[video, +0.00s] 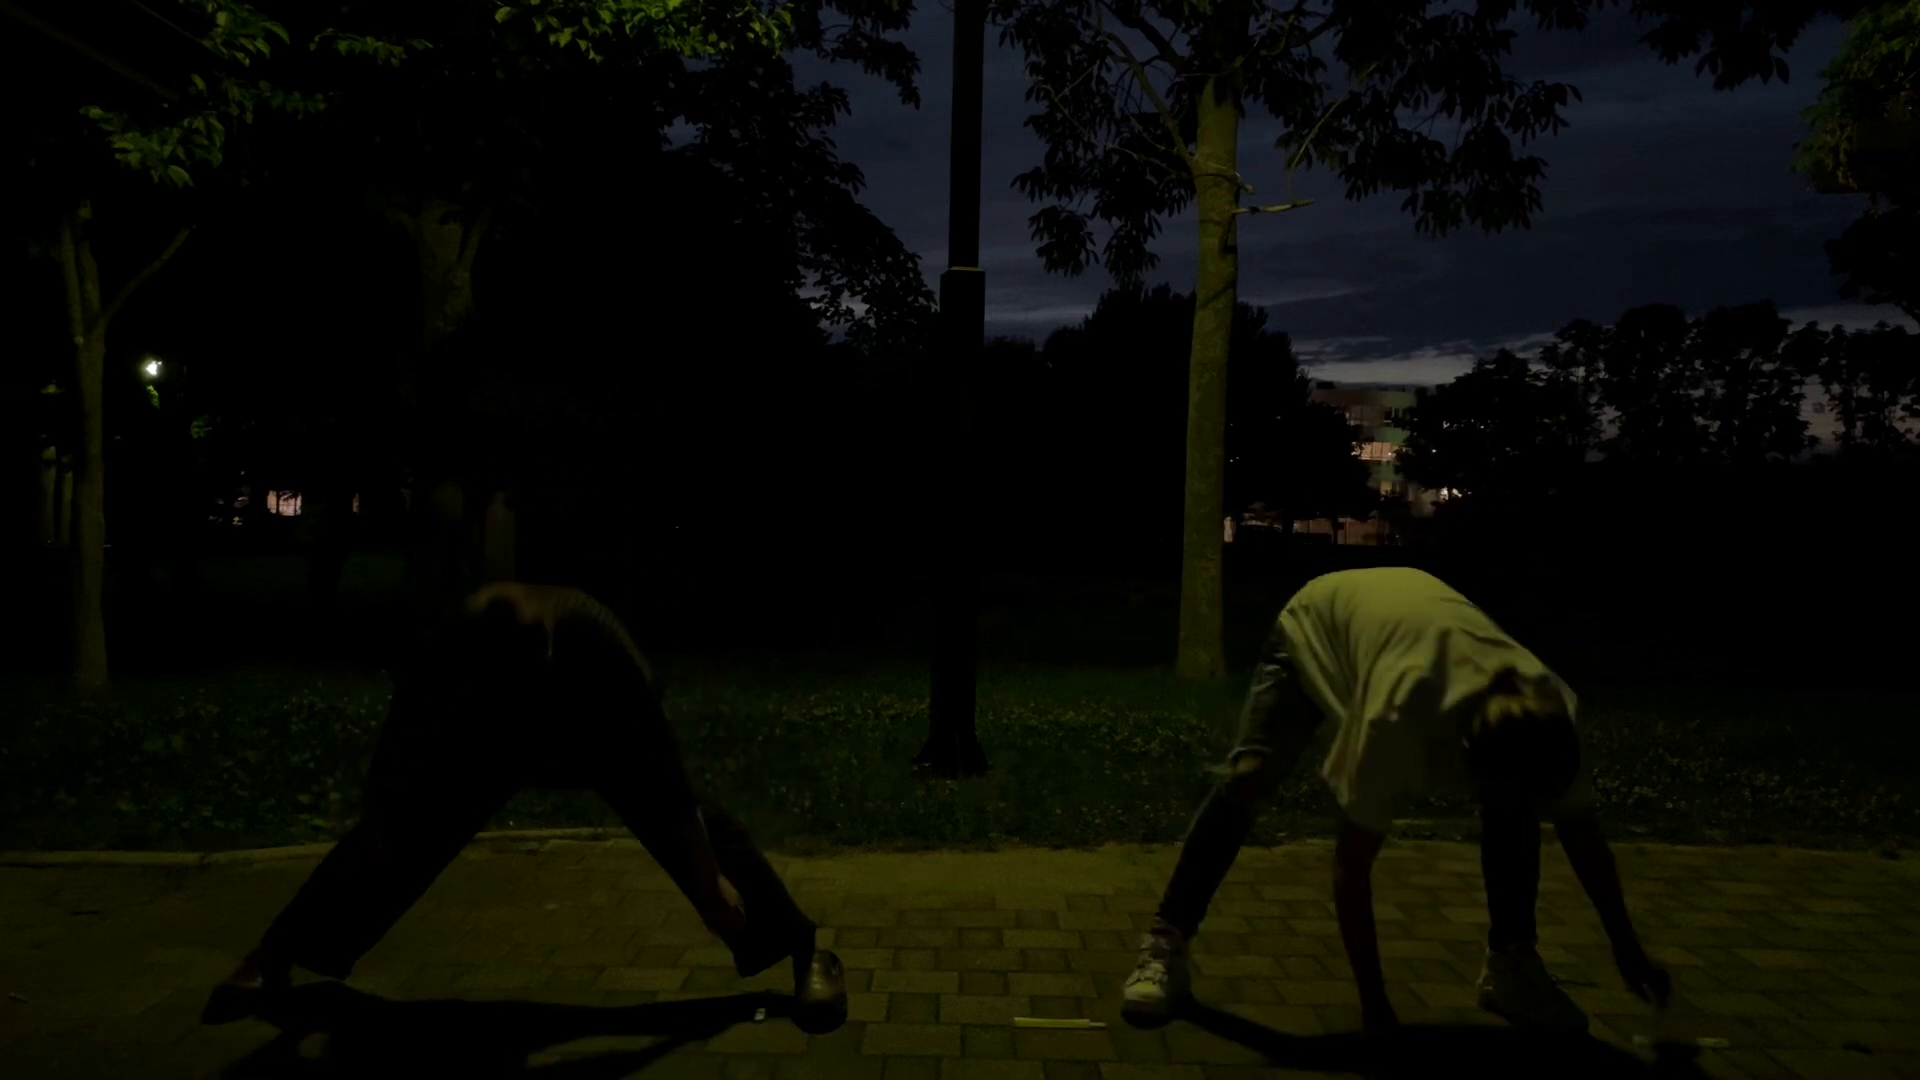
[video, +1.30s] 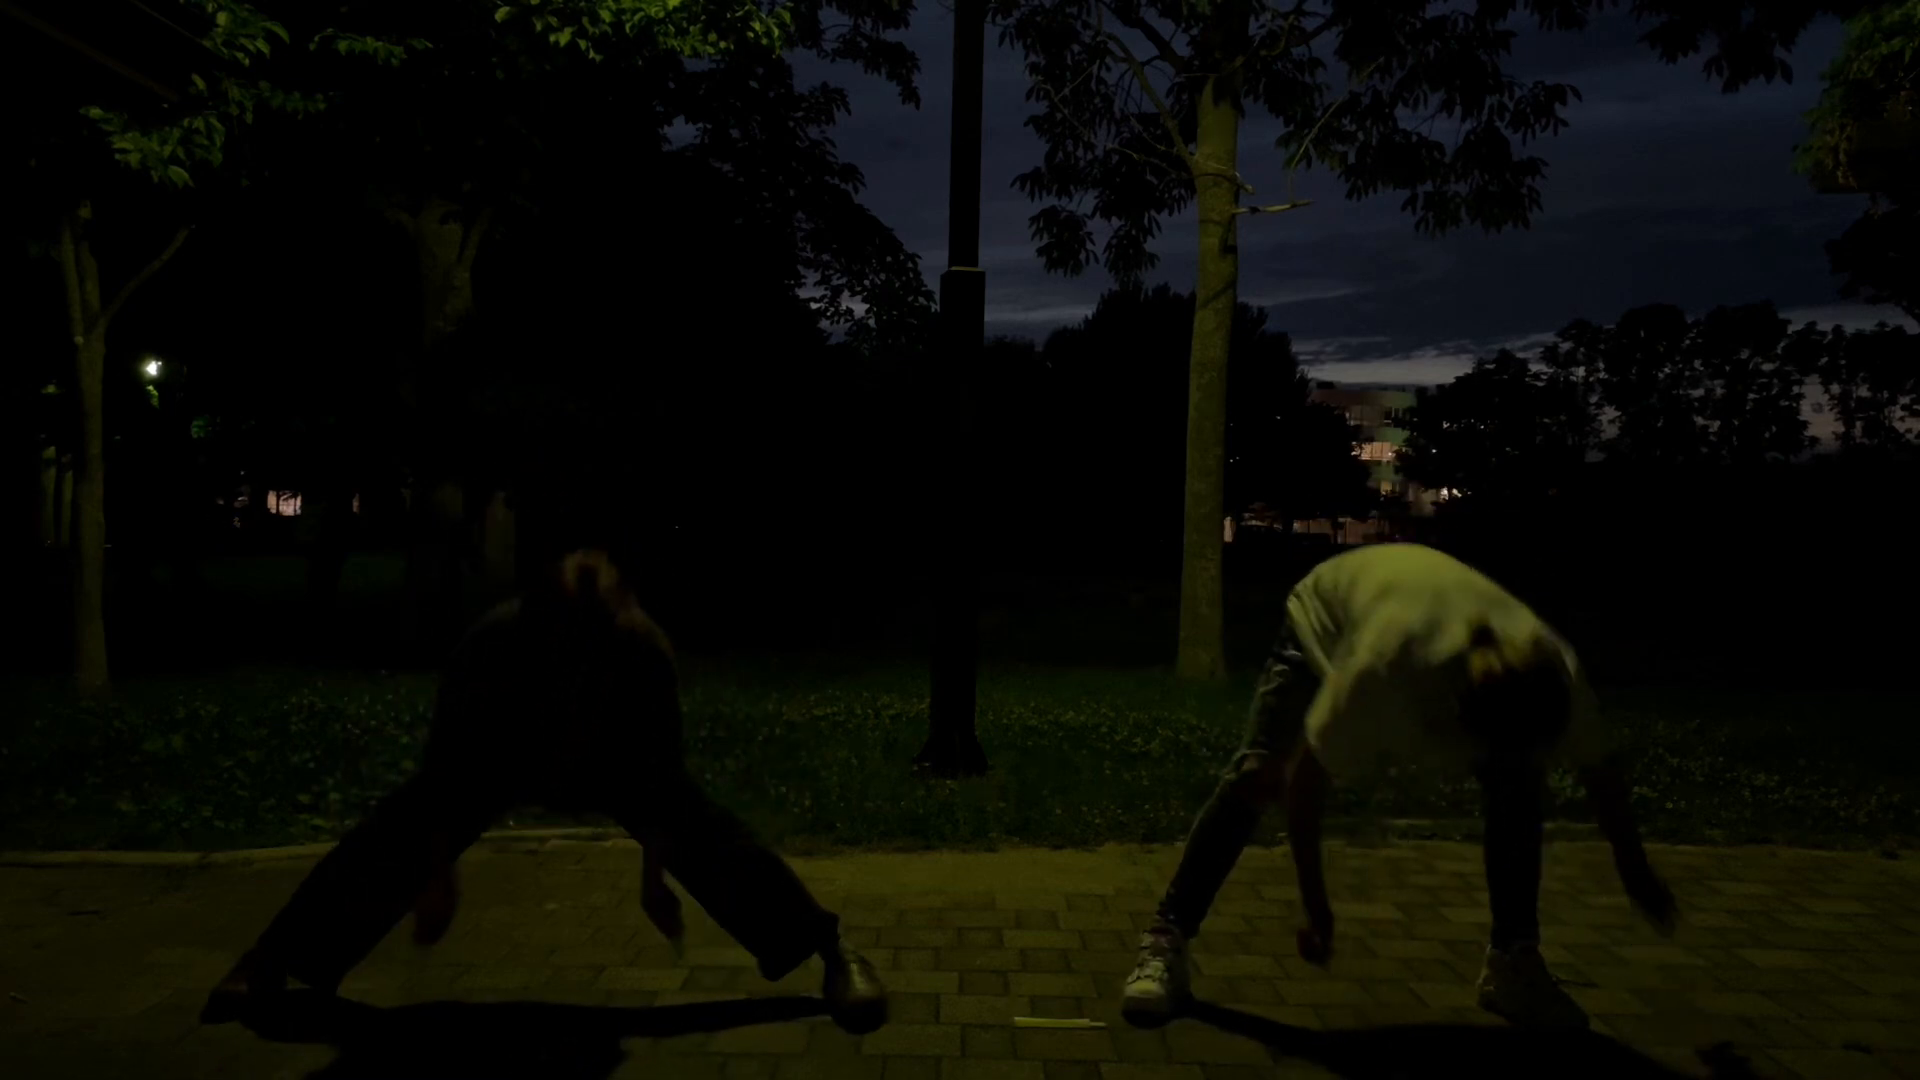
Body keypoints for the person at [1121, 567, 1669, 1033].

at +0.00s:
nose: (1515, 809)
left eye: (1531, 799)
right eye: (1509, 795)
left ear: (1560, 743)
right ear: (1481, 748)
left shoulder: (1550, 711)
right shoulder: (1400, 710)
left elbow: (1581, 832)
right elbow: (1351, 866)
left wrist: (1628, 947)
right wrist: (1374, 1006)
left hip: (1425, 603)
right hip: (1319, 614)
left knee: (1512, 802)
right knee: (1250, 777)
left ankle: (1513, 969)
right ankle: (1164, 949)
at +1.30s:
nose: (1513, 756)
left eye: (1528, 747)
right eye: (1504, 745)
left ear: (1552, 701)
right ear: (1474, 704)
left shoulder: (1550, 666)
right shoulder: (1389, 662)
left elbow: (1602, 773)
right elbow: (1302, 781)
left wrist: (1634, 871)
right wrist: (1314, 909)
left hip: (1444, 604)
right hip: (1326, 616)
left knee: (1518, 789)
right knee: (1256, 774)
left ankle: (1515, 967)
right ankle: (1166, 946)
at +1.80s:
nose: (1483, 748)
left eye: (1493, 733)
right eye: (1474, 735)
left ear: (1514, 685)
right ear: (1435, 693)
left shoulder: (1533, 636)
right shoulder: (1353, 652)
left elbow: (1550, 704)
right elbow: (1253, 755)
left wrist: (1563, 751)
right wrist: (1205, 852)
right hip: (1341, 620)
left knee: (1559, 806)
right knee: (1257, 794)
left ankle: (1599, 970)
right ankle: (1168, 944)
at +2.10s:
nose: (1381, 776)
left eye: (1398, 764)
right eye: (1367, 765)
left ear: (1431, 716)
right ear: (1337, 723)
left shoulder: (1483, 662)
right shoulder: (1286, 686)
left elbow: (1544, 641)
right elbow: (1215, 793)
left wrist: (1543, 748)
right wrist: (1147, 909)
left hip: (1409, 598)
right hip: (1298, 613)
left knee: (1533, 802)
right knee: (1231, 798)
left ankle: (1601, 973)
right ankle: (1163, 952)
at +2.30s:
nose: (1298, 780)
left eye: (1312, 767)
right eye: (1284, 766)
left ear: (1341, 723)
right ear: (1255, 741)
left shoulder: (1411, 687)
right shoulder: (1219, 723)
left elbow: (1500, 663)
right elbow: (1157, 830)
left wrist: (1513, 759)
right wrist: (1094, 943)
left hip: (1383, 614)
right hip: (1267, 617)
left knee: (1508, 807)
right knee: (1191, 802)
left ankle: (1601, 972)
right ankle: (1161, 958)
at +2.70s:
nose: (1229, 794)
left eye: (1252, 779)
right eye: (1220, 775)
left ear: (1289, 733)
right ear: (1212, 743)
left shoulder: (1369, 683)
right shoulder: (1188, 734)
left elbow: (1467, 677)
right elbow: (1148, 850)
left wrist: (1497, 762)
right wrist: (1085, 972)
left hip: (1366, 619)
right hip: (1254, 624)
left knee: (1497, 808)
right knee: (1180, 806)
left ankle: (1601, 974)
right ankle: (1162, 964)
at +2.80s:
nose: (1248, 778)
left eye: (1264, 763)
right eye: (1239, 761)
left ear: (1302, 709)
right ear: (1222, 734)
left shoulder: (1381, 679)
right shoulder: (1199, 721)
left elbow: (1474, 674)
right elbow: (1147, 837)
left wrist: (1500, 762)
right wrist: (1079, 952)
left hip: (1373, 615)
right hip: (1256, 621)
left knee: (1501, 807)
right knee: (1185, 803)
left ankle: (1600, 973)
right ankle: (1159, 959)